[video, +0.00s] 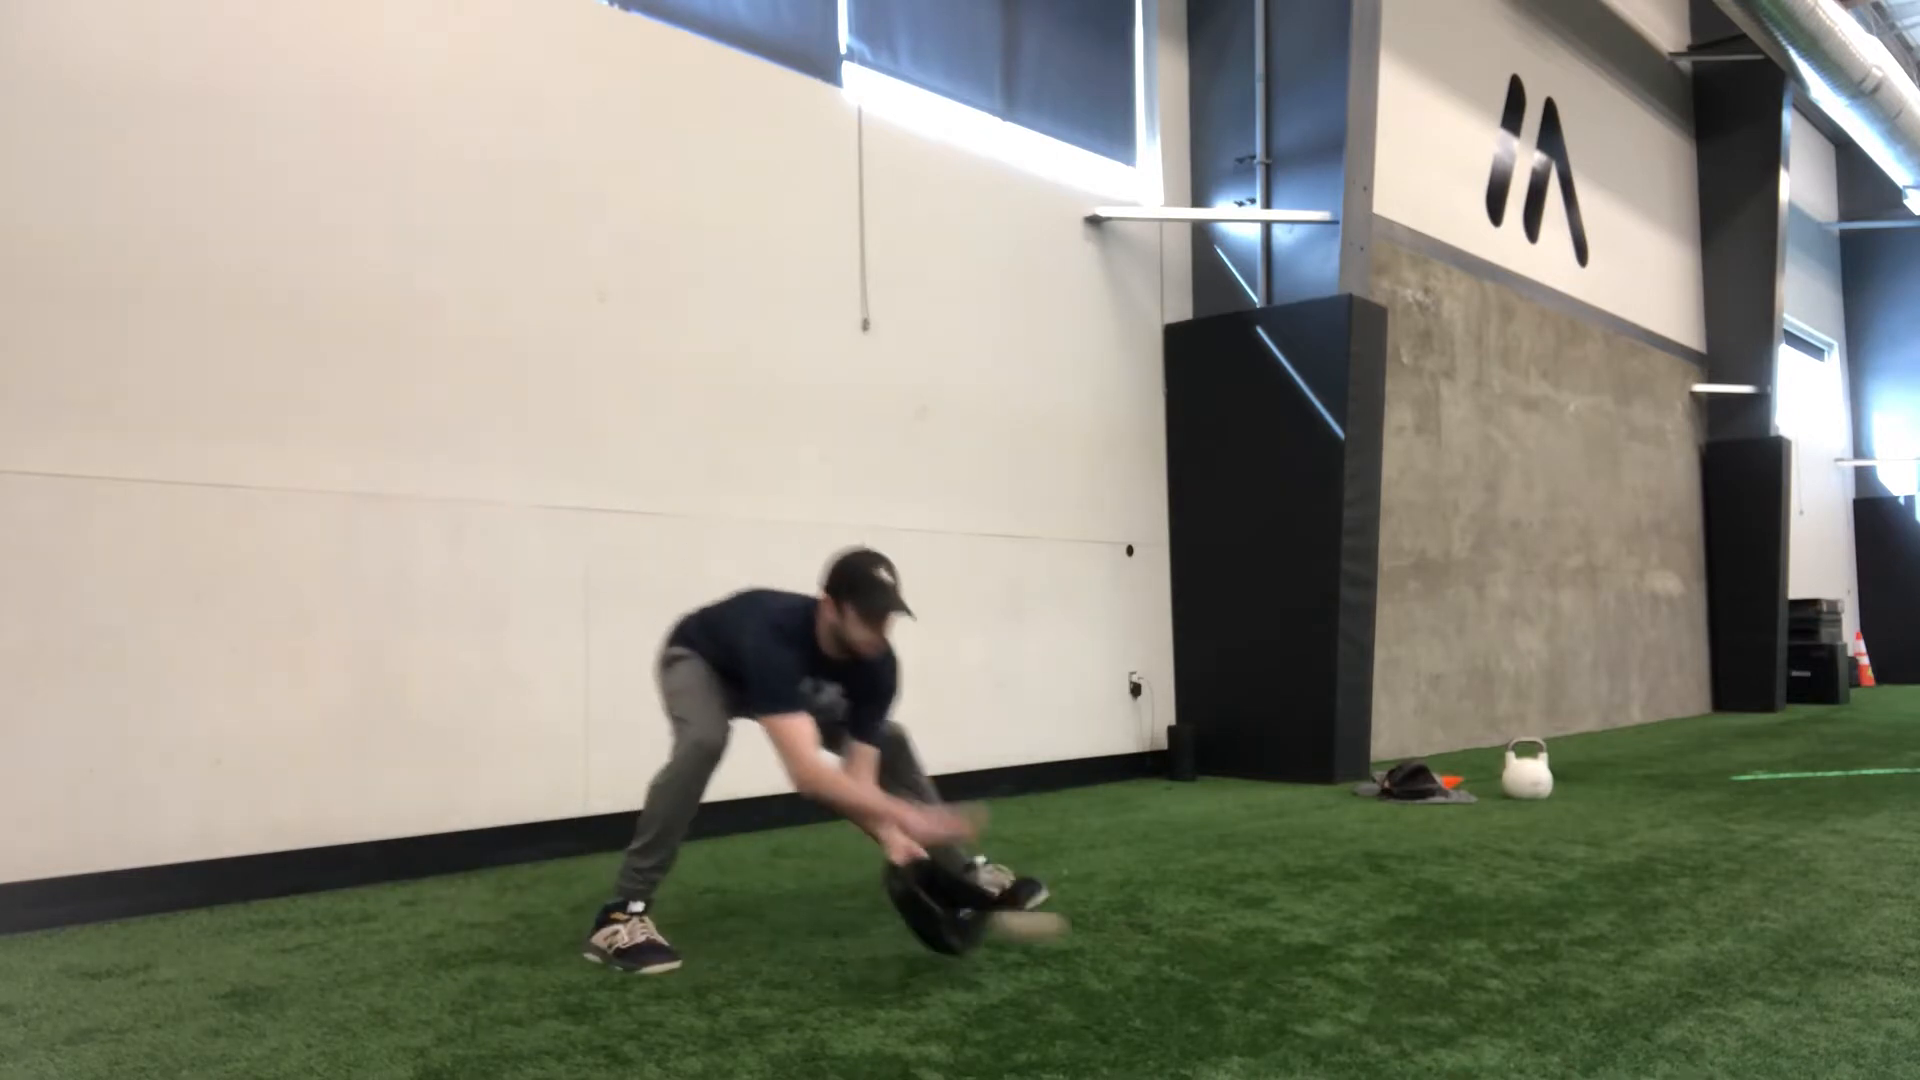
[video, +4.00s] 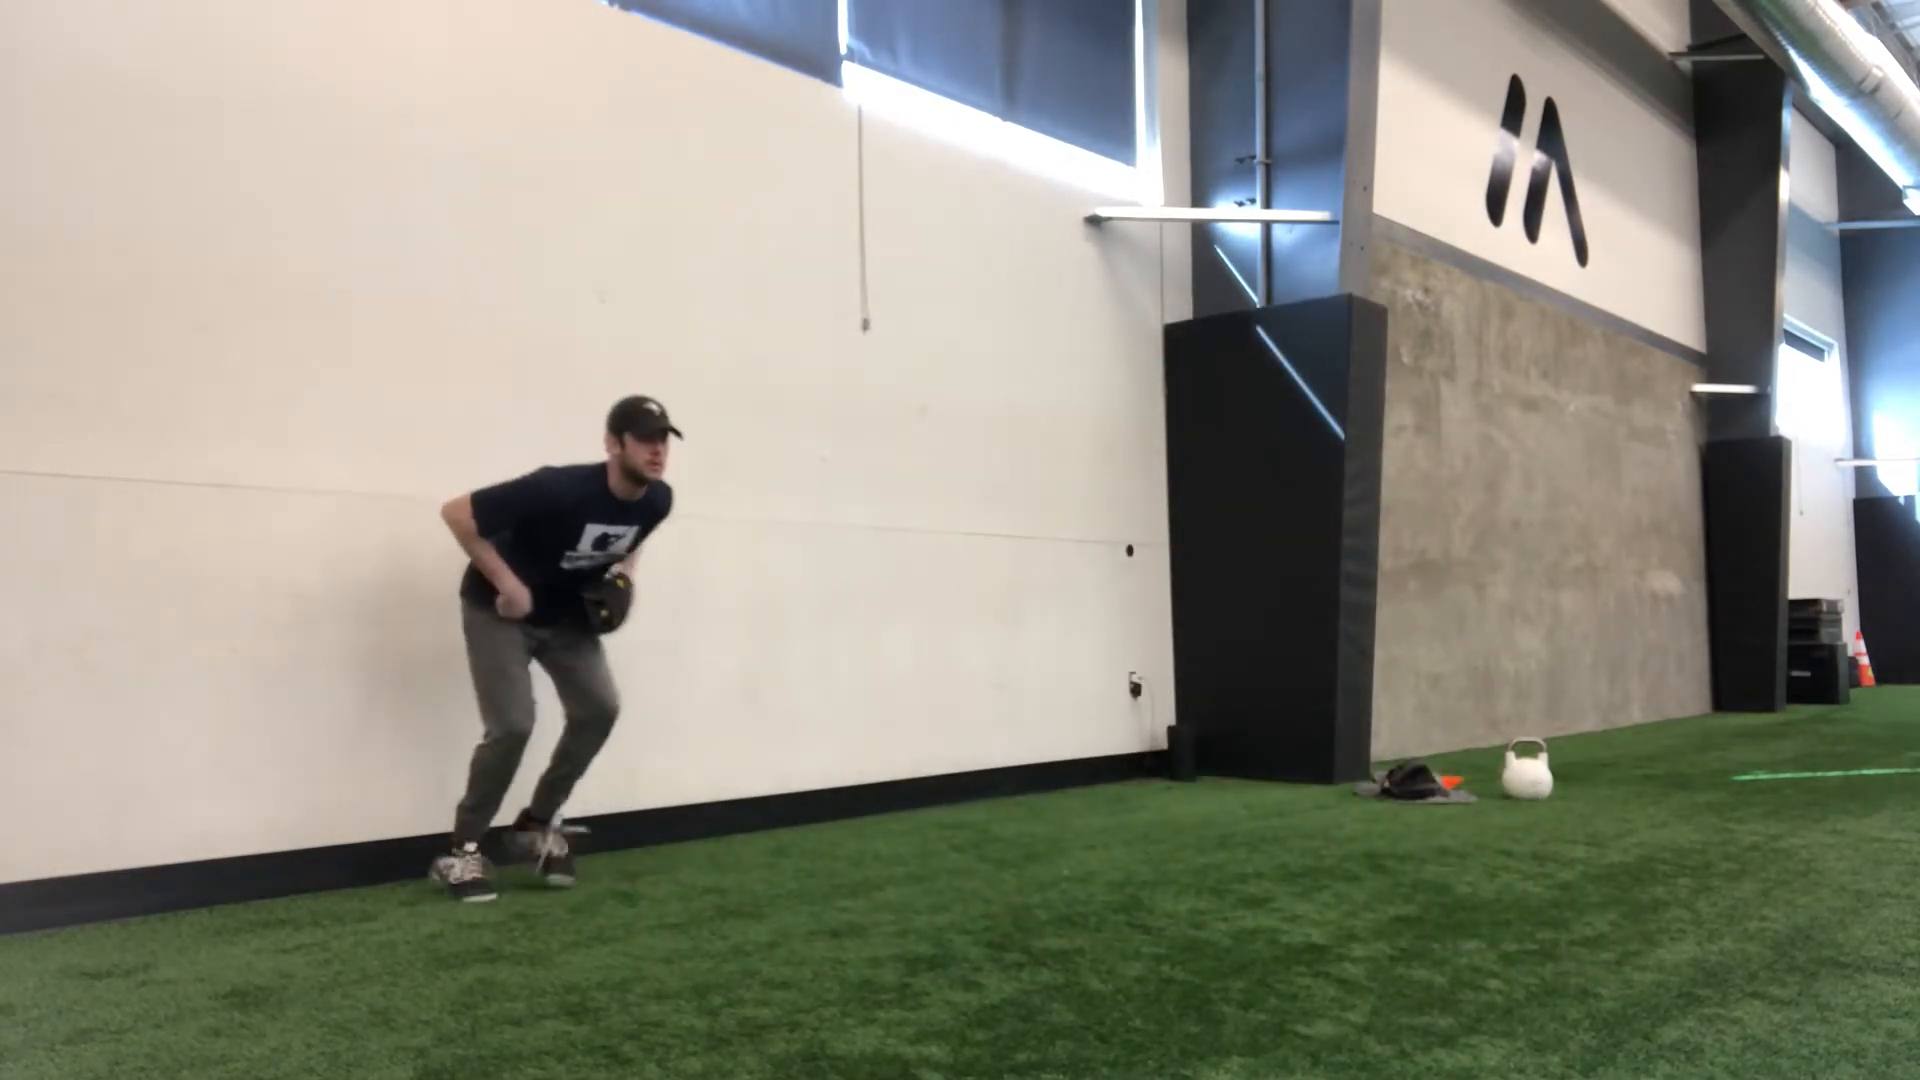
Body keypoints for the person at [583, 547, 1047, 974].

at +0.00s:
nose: (880, 635)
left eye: (887, 622)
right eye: (870, 621)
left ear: (892, 615)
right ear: (831, 610)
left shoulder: (876, 663)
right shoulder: (774, 636)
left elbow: (861, 777)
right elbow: (807, 774)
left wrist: (891, 837)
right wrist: (911, 817)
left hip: (784, 678)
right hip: (701, 660)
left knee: (893, 741)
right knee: (702, 741)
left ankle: (963, 875)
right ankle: (623, 916)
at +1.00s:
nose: (1338, 361)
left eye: (1339, 349)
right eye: (1320, 350)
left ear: (1341, 361)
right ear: (1274, 365)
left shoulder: (1369, 441)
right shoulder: (1241, 456)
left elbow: (1462, 536)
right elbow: (1202, 523)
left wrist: (1389, 464)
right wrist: (1175, 607)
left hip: (1397, 654)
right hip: (1298, 654)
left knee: (1479, 772)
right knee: (1200, 753)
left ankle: (1591, 925)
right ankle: (1209, 886)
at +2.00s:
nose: (1018, 315)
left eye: (1022, 304)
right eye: (1005, 305)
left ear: (1029, 314)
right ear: (976, 317)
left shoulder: (1055, 395)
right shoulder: (943, 399)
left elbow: (1098, 466)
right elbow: (904, 474)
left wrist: (1085, 476)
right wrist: (927, 511)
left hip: (1040, 576)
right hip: (977, 577)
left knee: (1051, 719)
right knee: (1015, 705)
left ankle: (1012, 845)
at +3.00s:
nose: (662, 431)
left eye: (668, 420)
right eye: (650, 420)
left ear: (674, 426)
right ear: (620, 426)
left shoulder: (675, 484)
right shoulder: (572, 473)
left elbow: (658, 522)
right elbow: (481, 487)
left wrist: (644, 561)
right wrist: (514, 563)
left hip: (600, 615)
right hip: (531, 606)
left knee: (620, 713)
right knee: (518, 716)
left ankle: (576, 832)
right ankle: (468, 850)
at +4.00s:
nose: (658, 450)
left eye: (663, 440)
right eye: (645, 439)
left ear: (670, 445)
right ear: (614, 445)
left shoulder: (657, 501)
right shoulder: (558, 488)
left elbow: (632, 541)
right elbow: (457, 512)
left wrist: (625, 576)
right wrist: (506, 582)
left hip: (567, 618)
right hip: (498, 612)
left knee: (598, 709)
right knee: (511, 726)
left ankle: (534, 828)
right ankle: (462, 851)